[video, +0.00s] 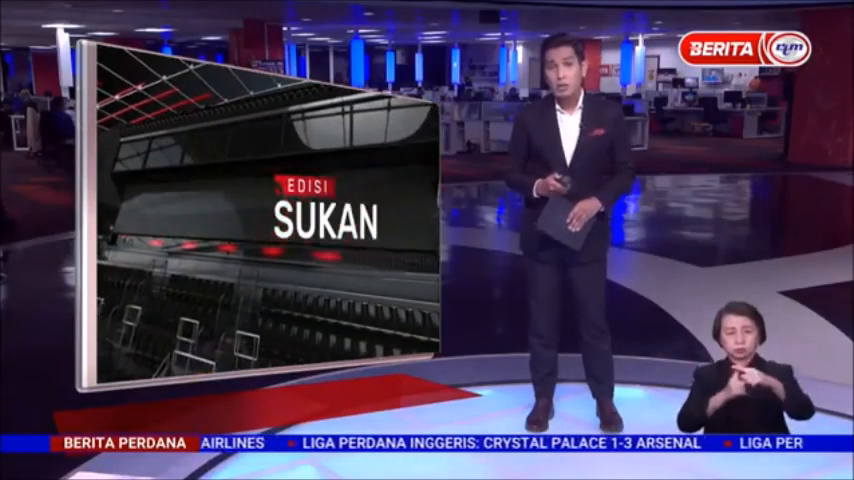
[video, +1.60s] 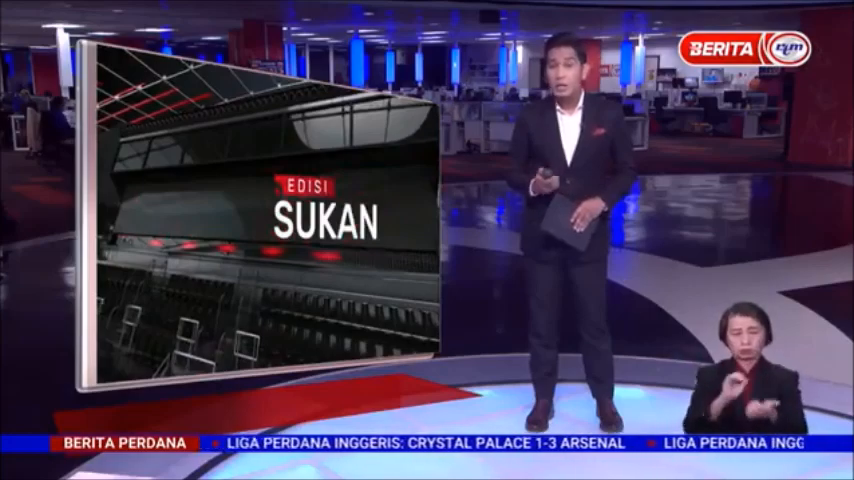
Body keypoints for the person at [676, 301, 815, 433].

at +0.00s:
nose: (740, 340)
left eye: (748, 331)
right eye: (731, 333)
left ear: (760, 336)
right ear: (720, 340)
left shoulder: (781, 373)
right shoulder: (709, 375)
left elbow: (806, 412)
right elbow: (687, 424)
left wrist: (772, 383)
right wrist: (727, 394)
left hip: (774, 460)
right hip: (722, 460)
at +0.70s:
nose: (742, 342)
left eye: (749, 333)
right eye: (733, 335)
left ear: (761, 336)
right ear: (722, 341)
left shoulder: (782, 375)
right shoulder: (709, 376)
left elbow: (808, 419)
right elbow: (680, 423)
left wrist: (774, 395)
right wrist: (706, 406)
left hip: (775, 461)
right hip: (721, 461)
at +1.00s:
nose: (743, 345)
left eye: (750, 336)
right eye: (734, 337)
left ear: (762, 338)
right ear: (723, 341)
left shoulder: (781, 375)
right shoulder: (711, 376)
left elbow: (809, 417)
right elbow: (680, 420)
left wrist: (784, 384)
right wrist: (701, 385)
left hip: (772, 460)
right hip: (720, 460)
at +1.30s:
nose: (744, 346)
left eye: (752, 337)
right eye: (736, 338)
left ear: (764, 339)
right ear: (725, 341)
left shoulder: (783, 376)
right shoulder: (709, 375)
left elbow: (808, 425)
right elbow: (682, 426)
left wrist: (778, 396)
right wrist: (708, 393)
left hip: (772, 461)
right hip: (719, 461)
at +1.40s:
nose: (744, 344)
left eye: (752, 335)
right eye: (736, 336)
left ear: (764, 338)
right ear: (725, 341)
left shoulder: (784, 379)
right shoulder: (708, 378)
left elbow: (807, 432)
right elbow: (682, 430)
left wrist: (778, 430)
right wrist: (707, 423)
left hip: (771, 464)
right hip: (717, 464)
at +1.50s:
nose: (745, 341)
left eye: (752, 333)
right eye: (736, 334)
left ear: (765, 337)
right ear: (725, 340)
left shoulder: (785, 379)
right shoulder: (708, 377)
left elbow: (804, 432)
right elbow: (684, 430)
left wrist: (777, 428)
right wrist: (710, 419)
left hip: (770, 465)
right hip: (716, 464)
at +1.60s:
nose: (745, 340)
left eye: (753, 332)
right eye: (737, 333)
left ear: (766, 336)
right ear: (726, 339)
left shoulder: (784, 379)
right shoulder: (709, 376)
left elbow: (799, 430)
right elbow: (691, 428)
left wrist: (772, 415)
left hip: (769, 461)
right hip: (717, 460)